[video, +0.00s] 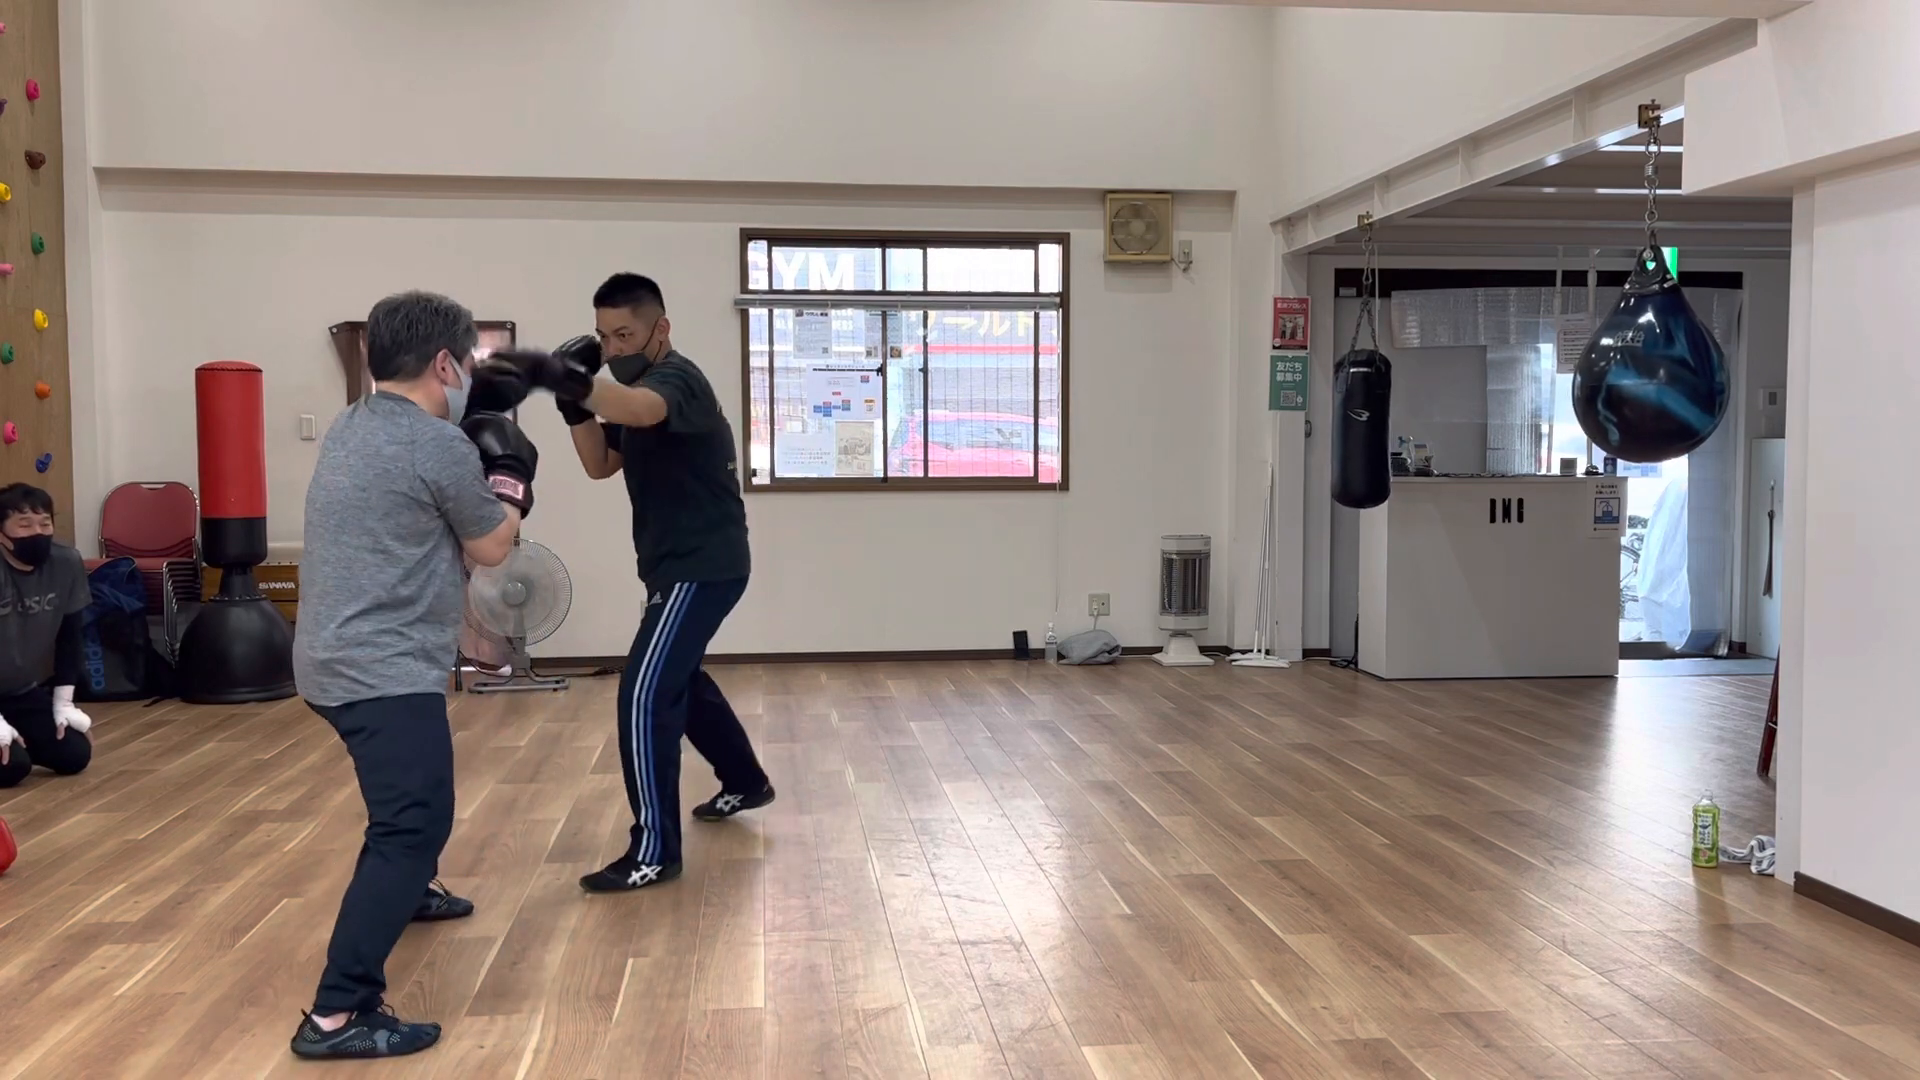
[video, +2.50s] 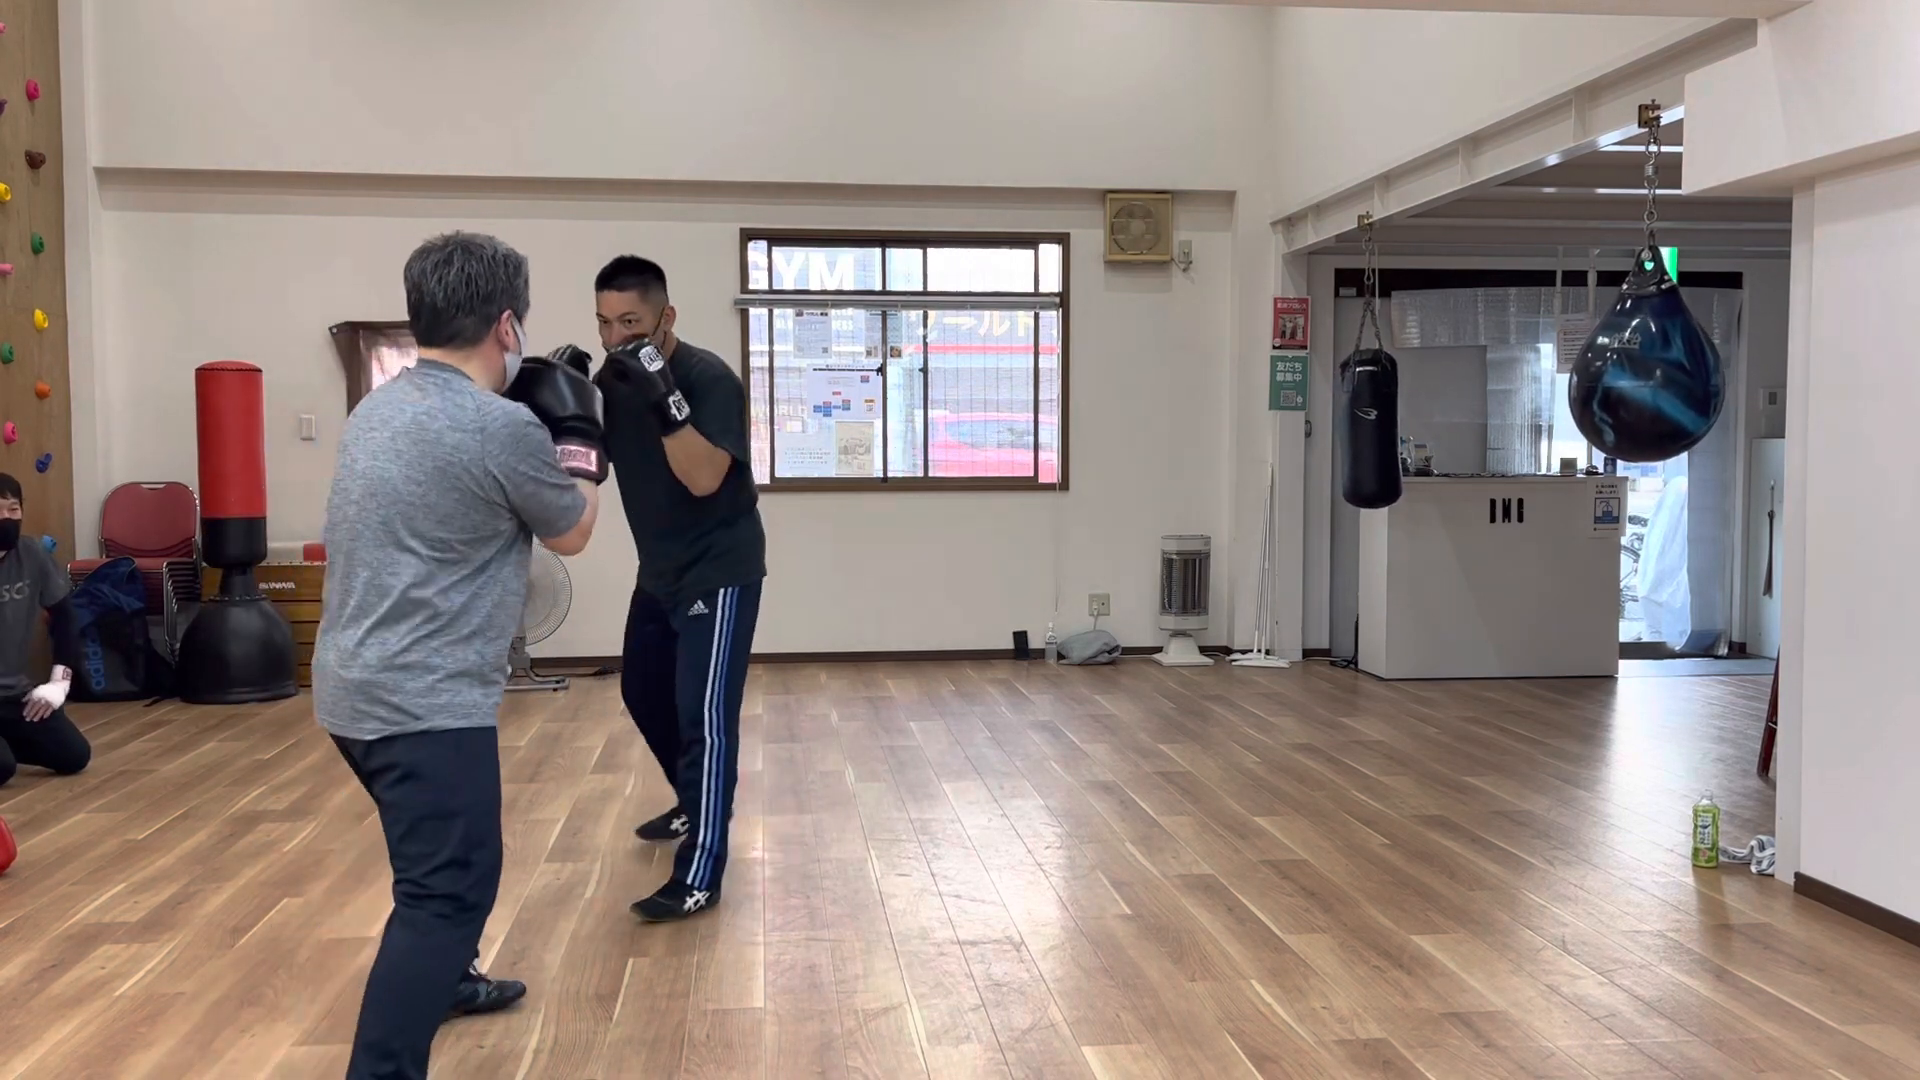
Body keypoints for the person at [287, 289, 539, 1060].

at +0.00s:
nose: (466, 379)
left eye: (468, 367)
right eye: (464, 366)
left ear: (381, 362)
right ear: (442, 364)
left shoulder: (350, 426)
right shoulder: (436, 443)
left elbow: (411, 514)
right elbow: (490, 546)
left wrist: (462, 435)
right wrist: (512, 497)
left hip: (332, 663)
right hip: (389, 674)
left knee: (410, 789)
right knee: (409, 831)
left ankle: (406, 887)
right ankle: (338, 1011)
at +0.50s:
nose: (378, 350)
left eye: (379, 337)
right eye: (376, 336)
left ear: (290, 337)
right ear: (350, 339)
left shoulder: (258, 413)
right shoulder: (349, 421)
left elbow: (337, 494)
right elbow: (441, 503)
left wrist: (389, 426)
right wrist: (447, 438)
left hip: (252, 652)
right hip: (300, 662)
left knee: (356, 750)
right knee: (313, 825)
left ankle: (359, 896)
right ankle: (223, 1002)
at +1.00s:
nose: (422, 387)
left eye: (424, 373)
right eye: (419, 373)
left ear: (336, 365)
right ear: (386, 382)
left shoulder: (297, 423)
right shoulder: (354, 461)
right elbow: (408, 572)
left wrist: (399, 461)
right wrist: (450, 506)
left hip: (255, 653)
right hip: (292, 668)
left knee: (358, 764)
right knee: (322, 827)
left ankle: (304, 923)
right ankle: (282, 1038)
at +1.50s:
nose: (465, 363)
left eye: (465, 350)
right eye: (462, 349)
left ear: (379, 350)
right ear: (436, 355)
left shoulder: (338, 418)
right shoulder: (423, 446)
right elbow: (490, 551)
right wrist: (502, 471)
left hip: (322, 669)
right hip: (368, 685)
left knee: (432, 767)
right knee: (388, 854)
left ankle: (429, 929)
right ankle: (285, 1052)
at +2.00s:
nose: (484, 317)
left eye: (485, 304)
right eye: (482, 303)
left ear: (379, 306)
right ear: (458, 308)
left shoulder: (339, 392)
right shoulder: (449, 397)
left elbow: (410, 499)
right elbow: (527, 506)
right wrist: (535, 444)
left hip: (325, 662)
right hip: (399, 672)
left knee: (392, 821)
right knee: (385, 863)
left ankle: (389, 955)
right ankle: (302, 1059)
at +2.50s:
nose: (522, 330)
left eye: (524, 317)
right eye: (521, 316)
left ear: (418, 320)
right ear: (504, 326)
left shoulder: (375, 409)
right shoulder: (499, 427)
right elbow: (572, 532)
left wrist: (515, 424)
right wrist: (575, 445)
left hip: (352, 693)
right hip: (431, 706)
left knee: (437, 844)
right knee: (439, 901)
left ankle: (445, 976)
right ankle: (381, 1072)